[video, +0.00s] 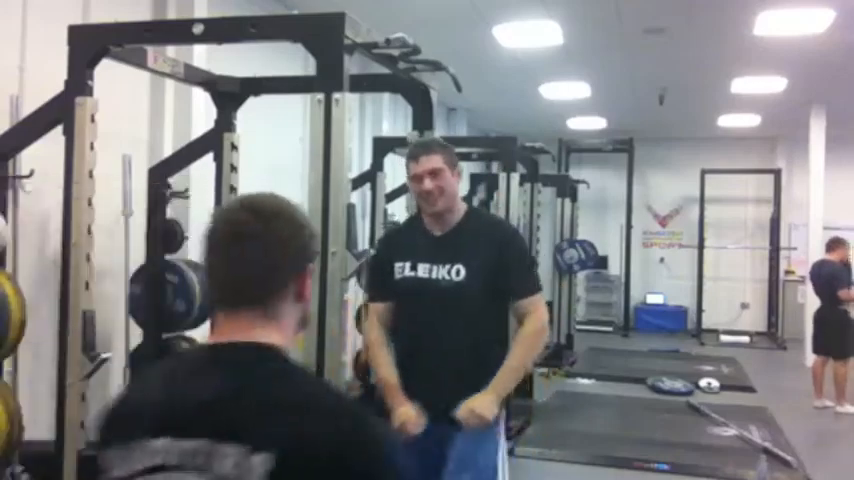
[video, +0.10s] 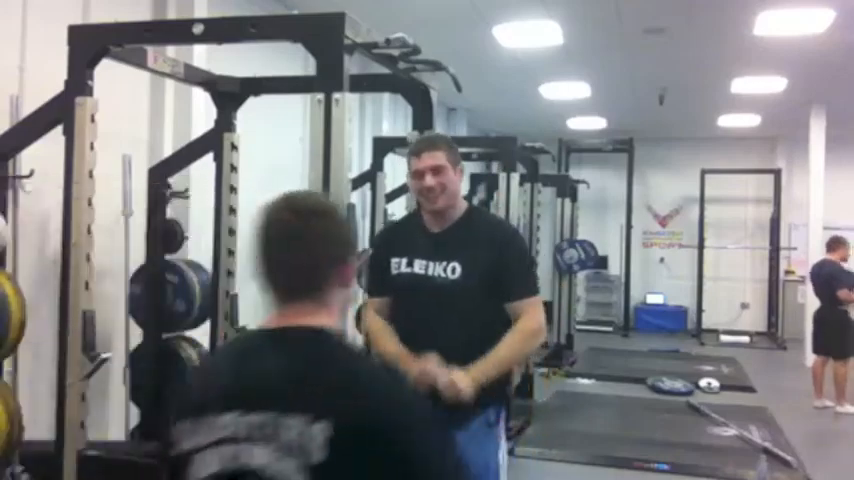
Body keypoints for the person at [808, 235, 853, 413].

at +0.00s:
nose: (846, 255)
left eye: (846, 251)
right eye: (845, 251)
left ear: (829, 249)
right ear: (838, 249)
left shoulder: (816, 266)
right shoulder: (838, 268)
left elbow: (821, 291)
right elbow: (842, 294)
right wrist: (853, 294)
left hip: (822, 311)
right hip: (839, 314)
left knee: (821, 357)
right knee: (841, 361)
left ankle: (818, 398)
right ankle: (841, 401)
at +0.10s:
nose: (848, 255)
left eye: (847, 251)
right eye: (846, 251)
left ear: (829, 248)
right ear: (839, 249)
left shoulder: (816, 267)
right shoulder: (837, 269)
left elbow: (820, 293)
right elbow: (842, 295)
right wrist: (853, 296)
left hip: (822, 312)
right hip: (839, 314)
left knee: (821, 357)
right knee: (841, 361)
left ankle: (818, 398)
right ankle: (841, 402)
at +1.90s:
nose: (853, 255)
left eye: (852, 251)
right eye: (853, 251)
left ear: (844, 251)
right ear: (849, 251)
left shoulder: (833, 270)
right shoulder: (847, 272)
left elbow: (830, 302)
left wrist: (840, 314)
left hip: (837, 320)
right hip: (848, 322)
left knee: (842, 359)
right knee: (848, 362)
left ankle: (825, 394)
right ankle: (845, 403)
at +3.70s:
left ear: (847, 252)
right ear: (851, 253)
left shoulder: (834, 271)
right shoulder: (838, 272)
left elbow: (830, 302)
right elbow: (831, 302)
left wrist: (834, 322)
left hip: (839, 325)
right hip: (848, 327)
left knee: (848, 362)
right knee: (849, 363)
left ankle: (845, 396)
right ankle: (846, 397)